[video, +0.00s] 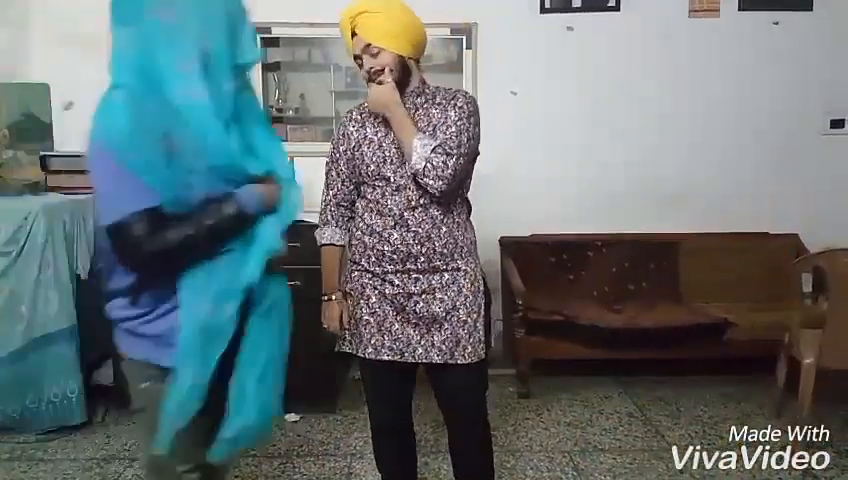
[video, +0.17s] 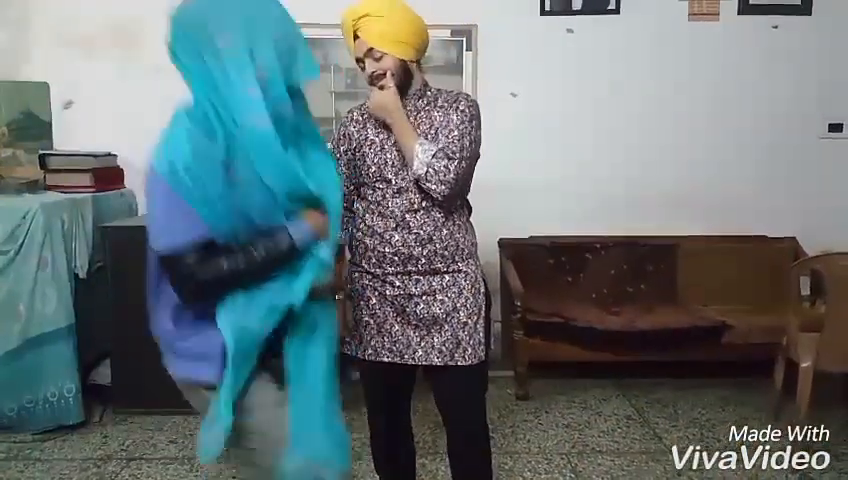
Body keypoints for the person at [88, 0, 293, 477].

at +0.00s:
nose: (233, 51)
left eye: (231, 34)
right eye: (217, 35)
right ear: (173, 36)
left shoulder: (229, 108)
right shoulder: (125, 116)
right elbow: (143, 247)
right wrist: (249, 201)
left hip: (223, 331)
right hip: (160, 340)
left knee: (214, 460)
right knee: (171, 465)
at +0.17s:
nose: (280, 75)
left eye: (280, 57)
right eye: (263, 58)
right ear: (225, 63)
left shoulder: (286, 136)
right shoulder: (185, 152)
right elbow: (194, 280)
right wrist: (298, 235)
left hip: (282, 338)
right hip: (213, 355)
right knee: (304, 460)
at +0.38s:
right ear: (279, 57)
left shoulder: (334, 136)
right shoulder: (236, 148)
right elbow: (232, 284)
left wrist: (367, 284)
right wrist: (338, 257)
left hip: (332, 345)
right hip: (261, 366)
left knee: (389, 457)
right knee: (371, 465)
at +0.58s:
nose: (381, 16)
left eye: (377, 9)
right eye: (370, 8)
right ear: (338, 11)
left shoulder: (397, 86)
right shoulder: (283, 77)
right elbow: (267, 199)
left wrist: (434, 237)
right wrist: (383, 194)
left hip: (391, 328)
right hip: (309, 331)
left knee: (380, 466)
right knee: (323, 466)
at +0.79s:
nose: (405, 40)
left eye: (419, 23)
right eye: (388, 23)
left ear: (433, 27)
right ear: (361, 26)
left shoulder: (460, 108)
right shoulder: (333, 102)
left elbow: (473, 199)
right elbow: (316, 206)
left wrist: (497, 245)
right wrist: (428, 202)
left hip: (453, 349)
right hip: (362, 348)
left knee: (455, 465)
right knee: (368, 464)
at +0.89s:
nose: (435, 71)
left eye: (449, 56)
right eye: (419, 56)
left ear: (464, 56)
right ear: (394, 53)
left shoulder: (494, 129)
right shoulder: (364, 130)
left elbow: (520, 231)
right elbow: (343, 235)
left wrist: (521, 262)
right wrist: (442, 236)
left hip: (480, 352)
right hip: (393, 356)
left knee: (478, 465)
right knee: (409, 464)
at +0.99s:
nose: (386, 70)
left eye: (395, 56)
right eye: (374, 62)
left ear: (418, 53)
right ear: (364, 68)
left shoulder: (448, 118)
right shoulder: (352, 126)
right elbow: (329, 213)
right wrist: (330, 296)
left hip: (445, 298)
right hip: (373, 302)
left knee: (444, 420)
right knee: (386, 430)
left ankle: (436, 473)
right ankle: (385, 475)